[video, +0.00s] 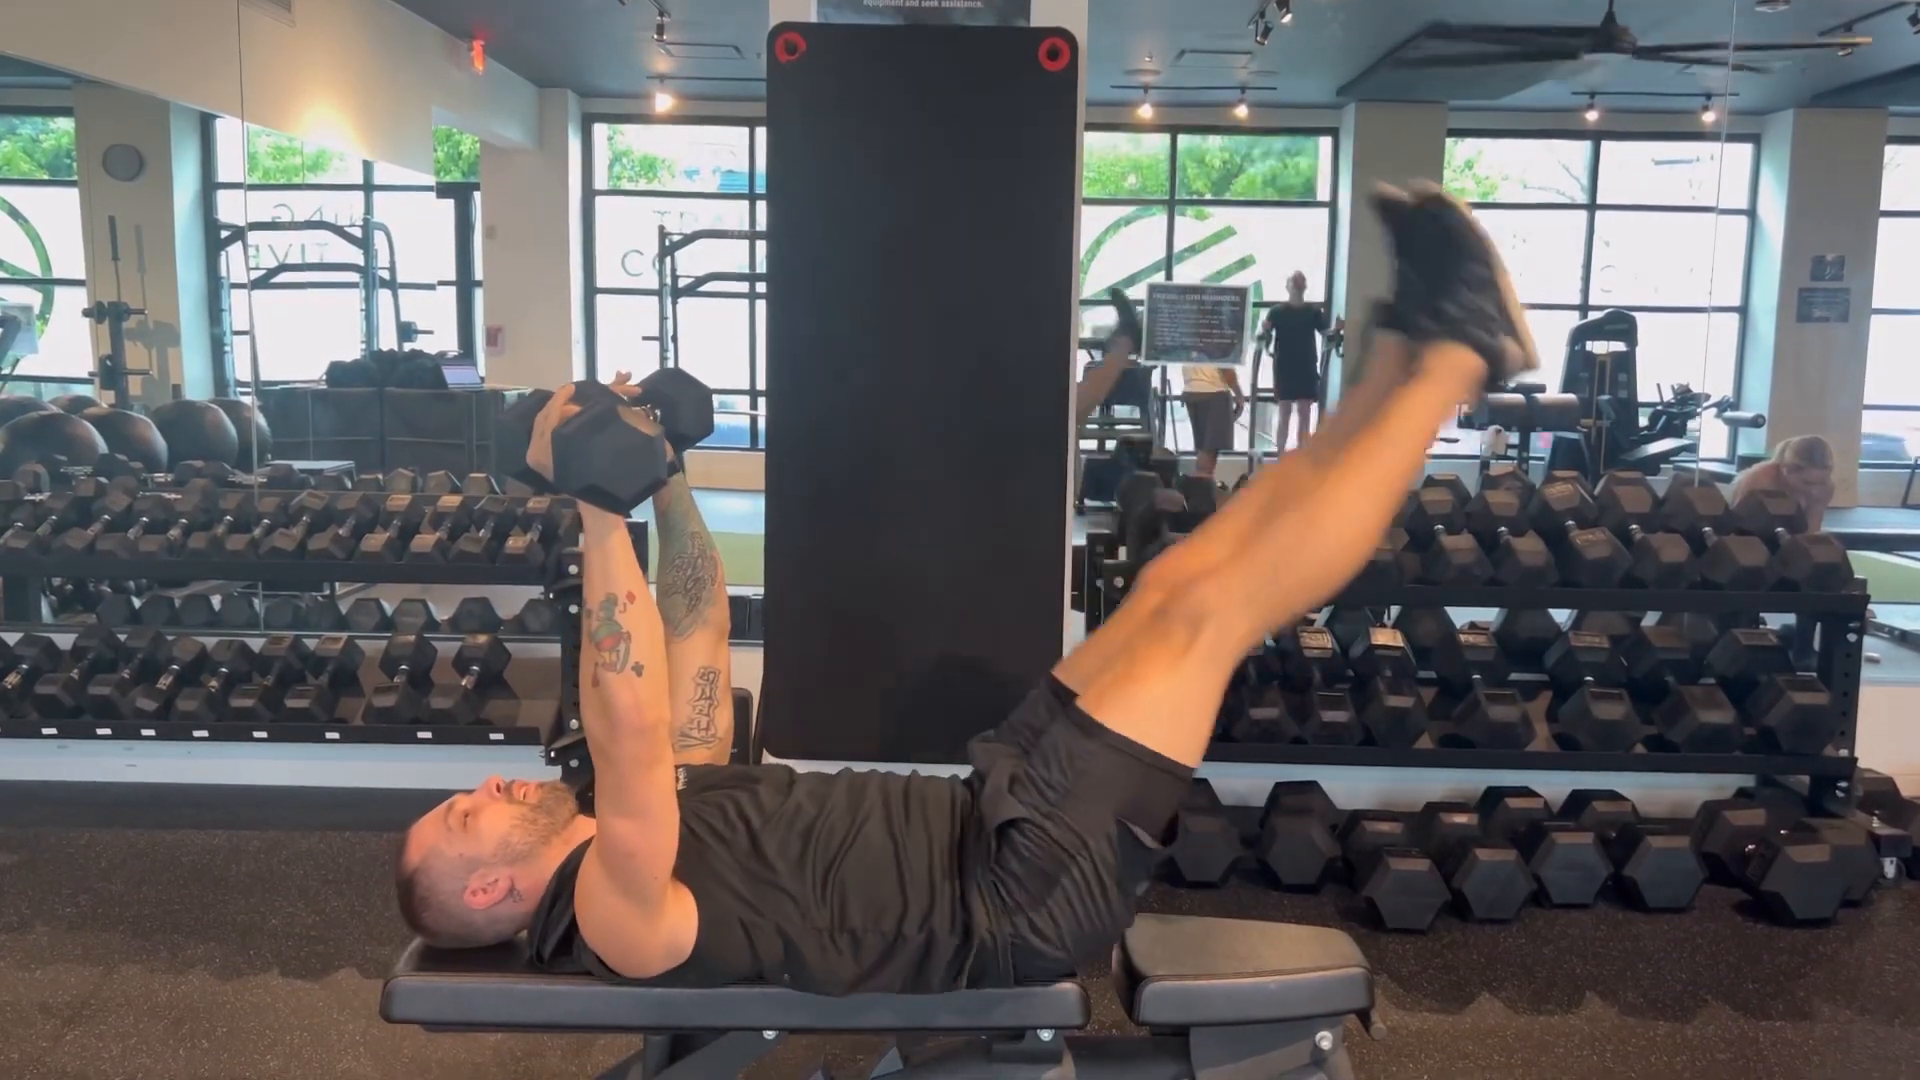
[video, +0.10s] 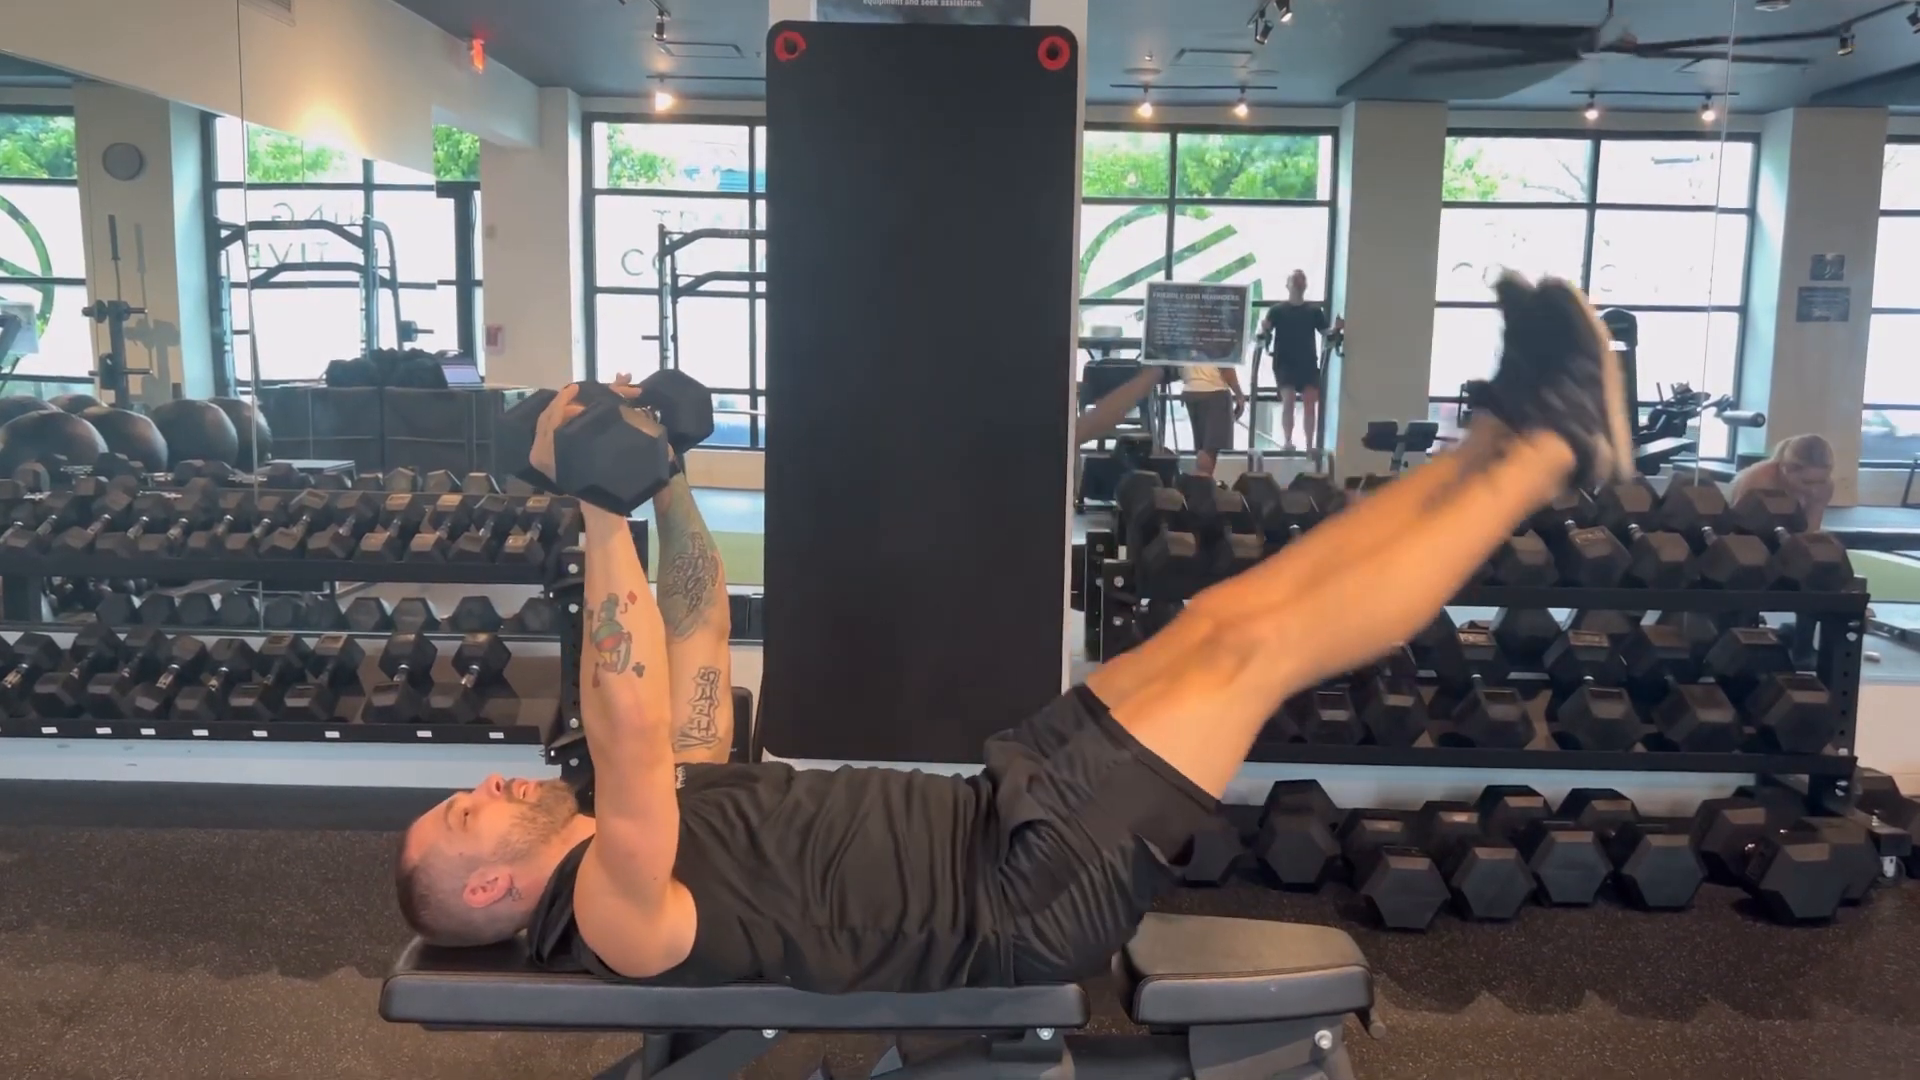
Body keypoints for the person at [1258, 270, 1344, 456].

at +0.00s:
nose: (1297, 286)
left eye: (1300, 283)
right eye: (1293, 283)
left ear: (1304, 287)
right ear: (1287, 286)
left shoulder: (1313, 311)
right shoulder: (1277, 312)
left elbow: (1325, 333)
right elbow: (1263, 337)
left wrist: (1336, 329)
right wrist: (1265, 330)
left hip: (1307, 363)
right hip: (1284, 364)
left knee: (1305, 411)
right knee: (1284, 411)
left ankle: (1303, 451)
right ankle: (1280, 452)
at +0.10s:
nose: (1298, 284)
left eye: (1301, 281)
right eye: (1295, 281)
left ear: (1305, 285)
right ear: (1288, 285)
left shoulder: (1313, 310)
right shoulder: (1277, 310)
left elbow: (1326, 333)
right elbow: (1263, 334)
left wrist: (1336, 329)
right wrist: (1264, 330)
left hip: (1307, 360)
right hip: (1284, 360)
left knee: (1310, 401)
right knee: (1289, 399)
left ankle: (1310, 446)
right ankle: (1288, 442)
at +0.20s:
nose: (1300, 284)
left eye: (1303, 281)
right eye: (1296, 281)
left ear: (1306, 284)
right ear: (1288, 284)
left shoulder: (1314, 309)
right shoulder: (1277, 309)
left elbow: (1325, 331)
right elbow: (1263, 337)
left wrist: (1336, 328)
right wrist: (1265, 329)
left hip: (1307, 353)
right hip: (1284, 353)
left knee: (1315, 370)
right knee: (1291, 367)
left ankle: (1320, 413)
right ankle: (1295, 406)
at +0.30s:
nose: (1298, 285)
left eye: (1301, 280)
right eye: (1295, 280)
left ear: (1306, 283)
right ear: (1288, 283)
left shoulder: (1314, 307)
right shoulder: (1277, 308)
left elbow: (1326, 332)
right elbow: (1263, 335)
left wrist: (1336, 327)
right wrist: (1265, 327)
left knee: (1319, 340)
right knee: (1293, 338)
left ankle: (1322, 381)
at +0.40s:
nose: (1298, 287)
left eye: (1302, 284)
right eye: (1296, 283)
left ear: (1306, 285)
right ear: (1289, 284)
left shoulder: (1315, 306)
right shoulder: (1277, 306)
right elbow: (1262, 335)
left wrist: (1336, 327)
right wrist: (1265, 326)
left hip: (1308, 356)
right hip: (1284, 358)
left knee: (1316, 318)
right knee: (1290, 321)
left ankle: (1318, 333)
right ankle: (1303, 333)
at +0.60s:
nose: (1298, 287)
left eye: (1301, 284)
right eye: (1295, 284)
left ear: (1306, 284)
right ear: (1289, 283)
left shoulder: (1315, 304)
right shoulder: (1278, 304)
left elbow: (1323, 331)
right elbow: (1264, 329)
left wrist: (1336, 325)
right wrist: (1266, 323)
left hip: (1308, 355)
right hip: (1284, 356)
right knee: (1288, 317)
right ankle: (1299, 319)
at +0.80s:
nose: (1298, 283)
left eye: (1301, 279)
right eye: (1295, 279)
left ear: (1306, 280)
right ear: (1288, 280)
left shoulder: (1315, 304)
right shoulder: (1278, 303)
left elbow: (1326, 328)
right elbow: (1266, 326)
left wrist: (1337, 323)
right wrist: (1265, 322)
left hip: (1311, 348)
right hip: (1286, 350)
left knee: (1318, 336)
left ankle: (1325, 369)